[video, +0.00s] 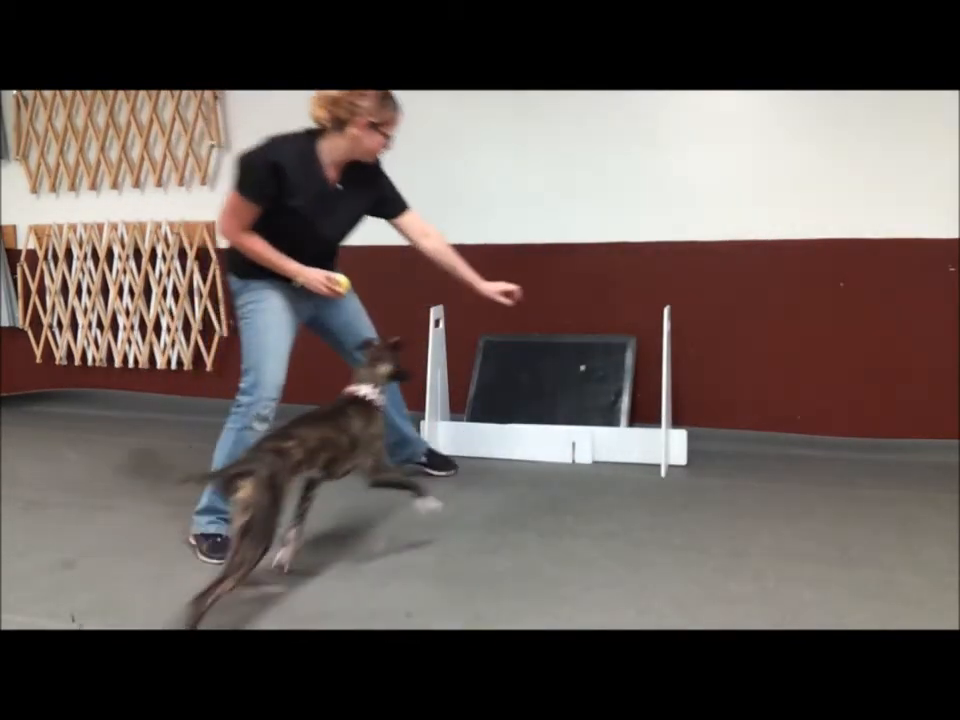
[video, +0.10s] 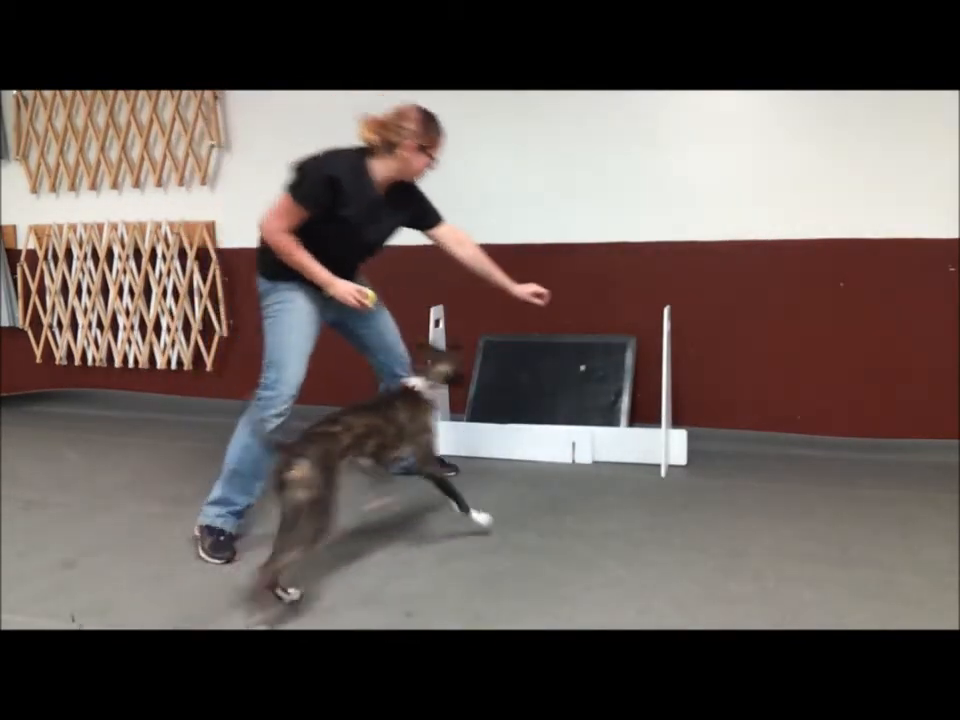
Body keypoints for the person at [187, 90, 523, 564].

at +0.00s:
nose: (386, 142)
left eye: (390, 133)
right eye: (380, 130)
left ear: (372, 129)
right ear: (349, 122)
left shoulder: (369, 177)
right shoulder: (273, 161)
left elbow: (423, 234)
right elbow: (232, 230)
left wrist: (481, 285)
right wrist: (300, 272)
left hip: (322, 282)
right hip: (264, 282)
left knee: (375, 362)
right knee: (261, 398)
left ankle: (406, 451)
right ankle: (213, 518)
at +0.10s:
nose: (432, 162)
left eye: (434, 154)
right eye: (427, 152)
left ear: (408, 151)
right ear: (402, 146)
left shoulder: (404, 196)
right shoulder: (329, 173)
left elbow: (456, 243)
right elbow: (272, 229)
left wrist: (511, 287)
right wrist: (334, 284)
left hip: (346, 286)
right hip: (290, 282)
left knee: (400, 370)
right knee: (279, 394)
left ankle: (404, 455)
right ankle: (220, 518)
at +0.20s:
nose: (467, 185)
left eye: (470, 178)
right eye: (466, 175)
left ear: (449, 172)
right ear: (446, 167)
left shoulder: (439, 214)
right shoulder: (382, 179)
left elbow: (482, 247)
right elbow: (312, 227)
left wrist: (534, 281)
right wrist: (358, 289)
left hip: (363, 287)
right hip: (315, 278)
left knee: (410, 360)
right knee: (307, 382)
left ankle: (411, 456)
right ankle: (242, 506)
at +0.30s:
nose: (487, 199)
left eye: (490, 192)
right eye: (487, 190)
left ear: (465, 182)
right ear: (471, 183)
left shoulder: (456, 221)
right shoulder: (417, 190)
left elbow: (491, 241)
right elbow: (344, 230)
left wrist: (536, 263)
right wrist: (381, 295)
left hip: (368, 277)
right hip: (328, 268)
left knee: (412, 357)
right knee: (335, 374)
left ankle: (407, 456)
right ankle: (275, 497)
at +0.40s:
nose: (493, 203)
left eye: (495, 195)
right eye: (493, 194)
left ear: (473, 185)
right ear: (478, 187)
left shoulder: (455, 211)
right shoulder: (433, 196)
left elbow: (486, 229)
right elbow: (366, 234)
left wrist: (518, 243)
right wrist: (400, 296)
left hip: (369, 266)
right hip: (336, 264)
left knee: (412, 355)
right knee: (363, 367)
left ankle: (407, 458)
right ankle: (316, 491)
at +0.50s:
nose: (492, 201)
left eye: (495, 194)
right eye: (493, 193)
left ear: (475, 183)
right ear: (479, 183)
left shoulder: (453, 201)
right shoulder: (438, 194)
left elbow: (468, 217)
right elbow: (376, 237)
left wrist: (495, 229)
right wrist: (410, 293)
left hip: (379, 265)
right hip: (346, 264)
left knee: (417, 357)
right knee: (387, 366)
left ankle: (407, 457)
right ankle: (349, 486)